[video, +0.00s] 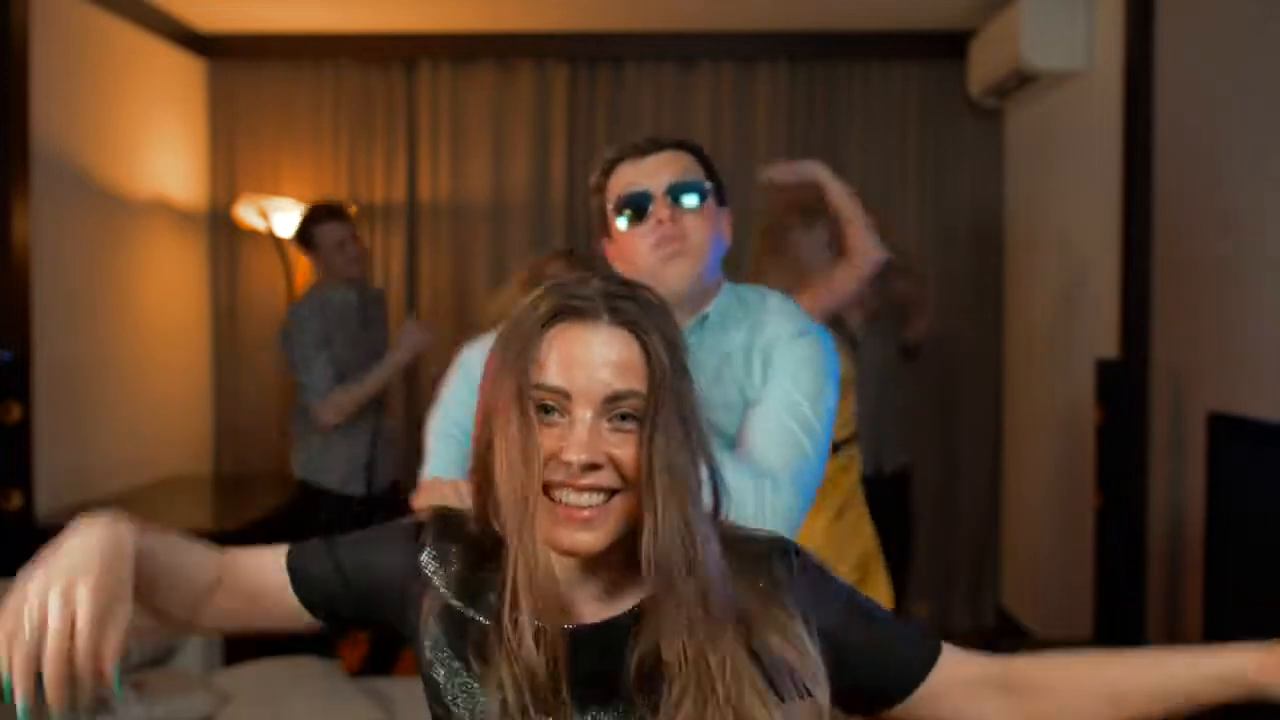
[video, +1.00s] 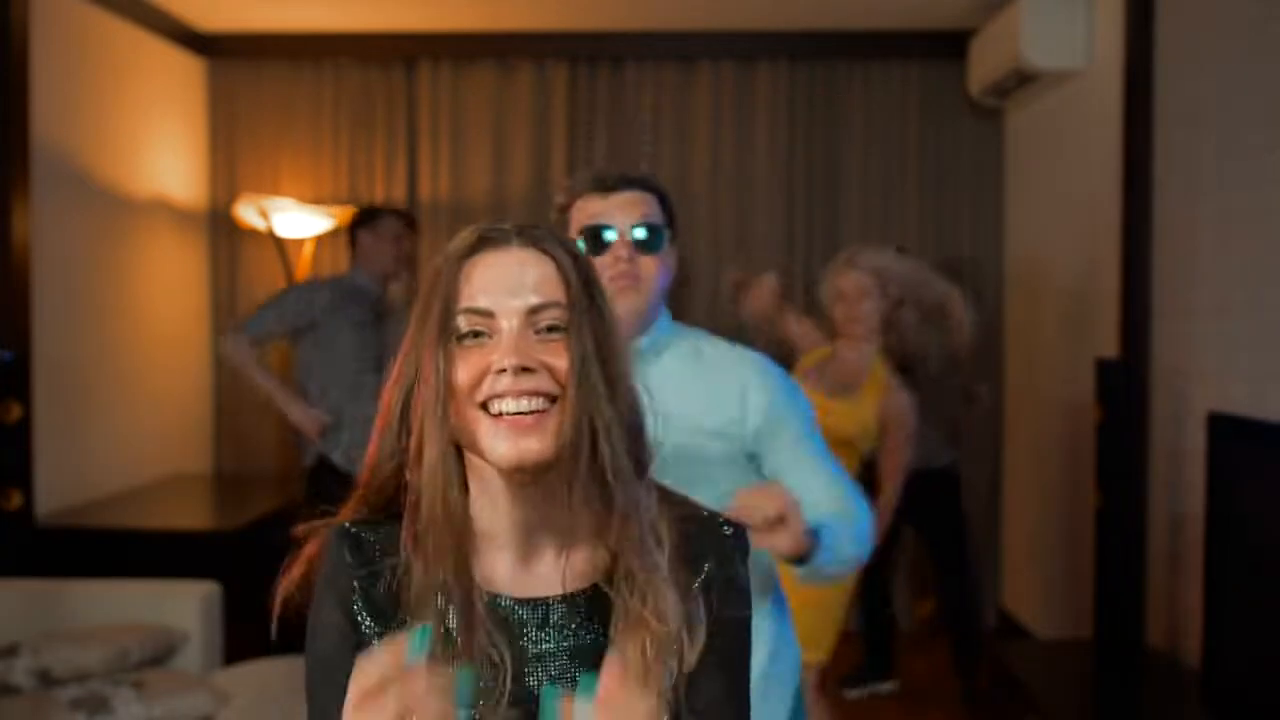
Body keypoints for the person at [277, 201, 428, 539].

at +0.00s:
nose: (356, 251)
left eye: (355, 240)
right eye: (340, 246)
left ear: (360, 239)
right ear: (316, 258)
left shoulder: (372, 302)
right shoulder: (307, 317)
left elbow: (386, 388)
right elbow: (327, 411)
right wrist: (400, 354)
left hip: (379, 479)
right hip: (330, 487)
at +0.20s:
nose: (377, 248)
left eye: (378, 238)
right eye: (364, 242)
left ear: (382, 242)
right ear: (338, 251)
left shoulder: (366, 300)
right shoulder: (340, 300)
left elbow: (356, 382)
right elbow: (352, 387)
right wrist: (417, 341)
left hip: (362, 471)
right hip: (338, 473)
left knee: (365, 589)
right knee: (348, 591)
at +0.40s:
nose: (407, 256)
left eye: (406, 246)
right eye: (395, 246)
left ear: (390, 254)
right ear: (367, 254)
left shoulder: (373, 306)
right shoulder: (358, 304)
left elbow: (355, 384)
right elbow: (348, 386)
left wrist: (416, 380)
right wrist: (417, 381)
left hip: (357, 474)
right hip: (339, 474)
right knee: (349, 590)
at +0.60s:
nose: (421, 276)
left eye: (422, 266)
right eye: (413, 265)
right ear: (381, 268)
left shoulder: (402, 330)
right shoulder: (356, 315)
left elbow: (401, 411)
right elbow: (317, 392)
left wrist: (417, 436)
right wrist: (386, 452)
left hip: (370, 485)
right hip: (334, 483)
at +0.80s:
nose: (417, 267)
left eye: (419, 258)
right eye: (408, 256)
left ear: (418, 264)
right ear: (379, 259)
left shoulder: (409, 323)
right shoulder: (343, 308)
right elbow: (272, 361)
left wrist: (414, 444)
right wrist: (323, 438)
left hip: (394, 481)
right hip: (339, 481)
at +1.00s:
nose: (403, 248)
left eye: (406, 239)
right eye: (393, 237)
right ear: (362, 239)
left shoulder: (395, 312)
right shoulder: (324, 297)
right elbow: (236, 343)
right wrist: (294, 409)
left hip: (388, 470)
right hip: (335, 470)